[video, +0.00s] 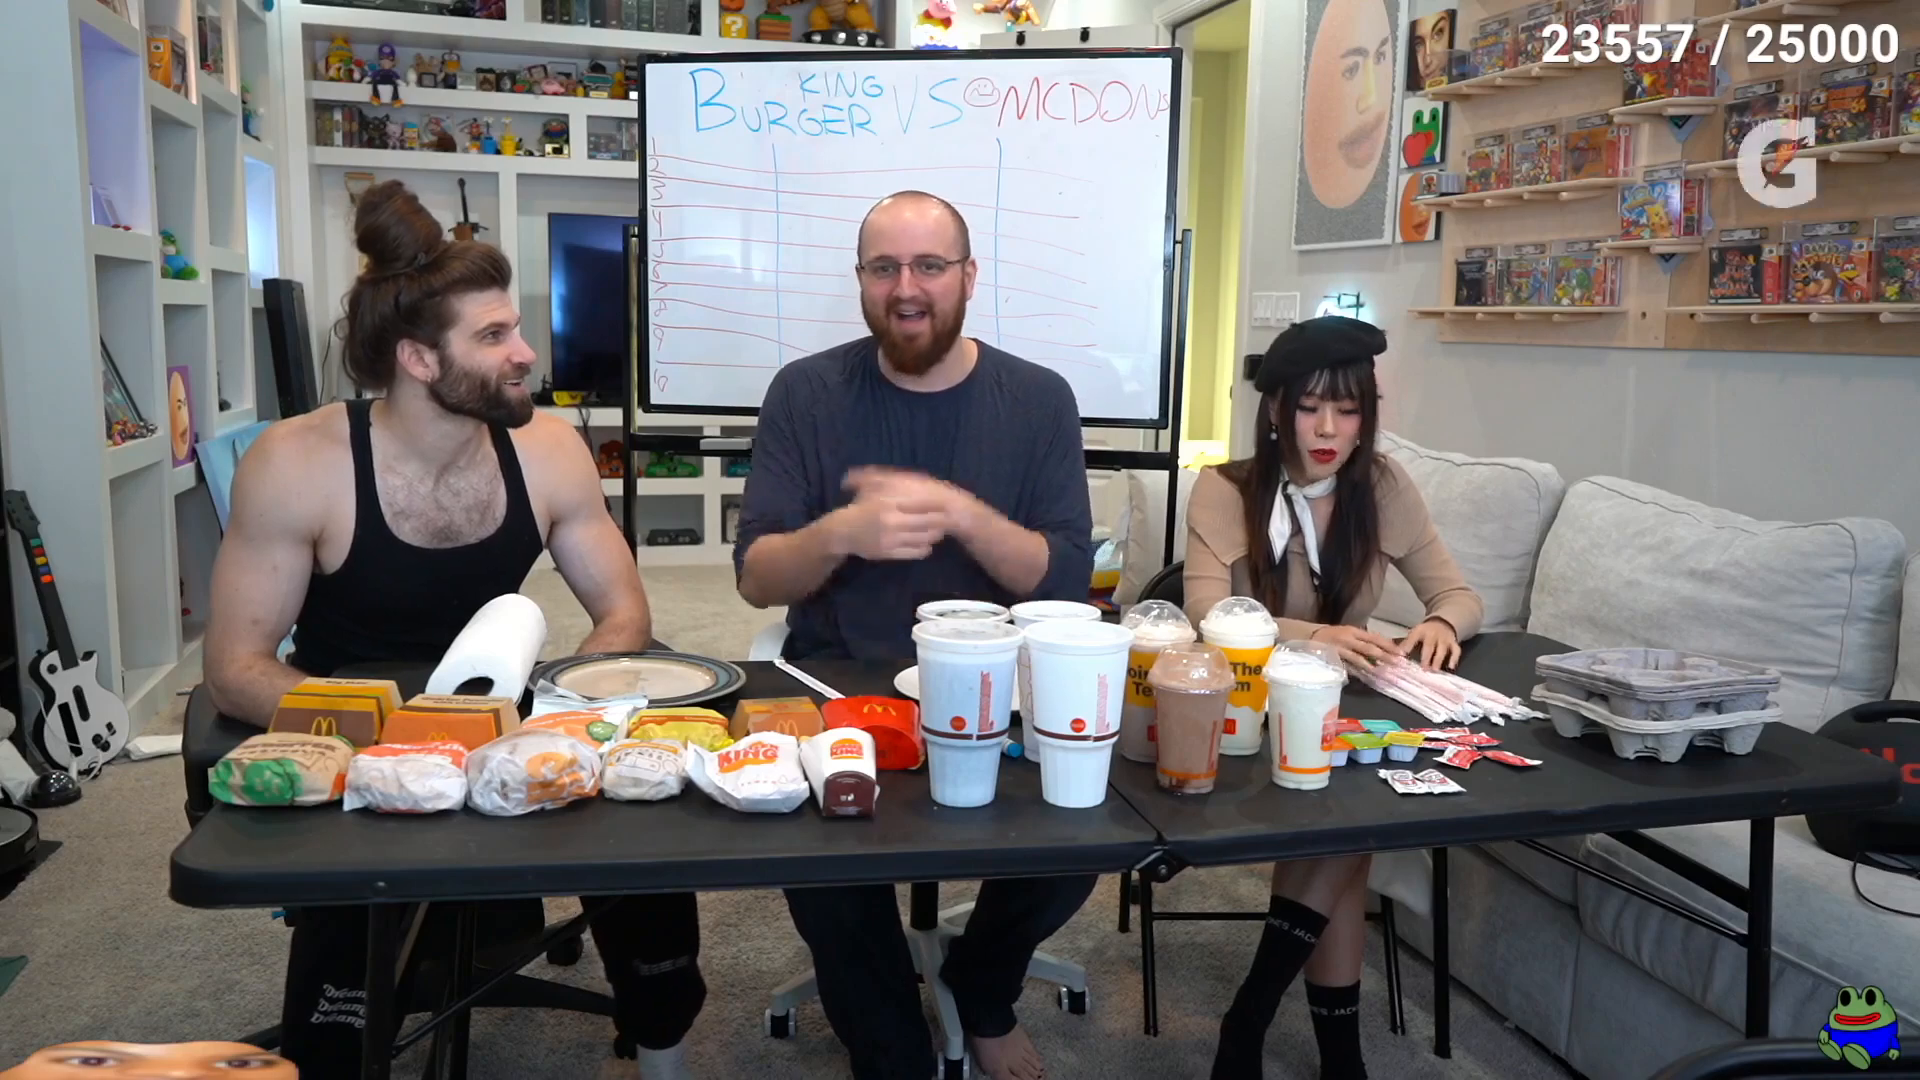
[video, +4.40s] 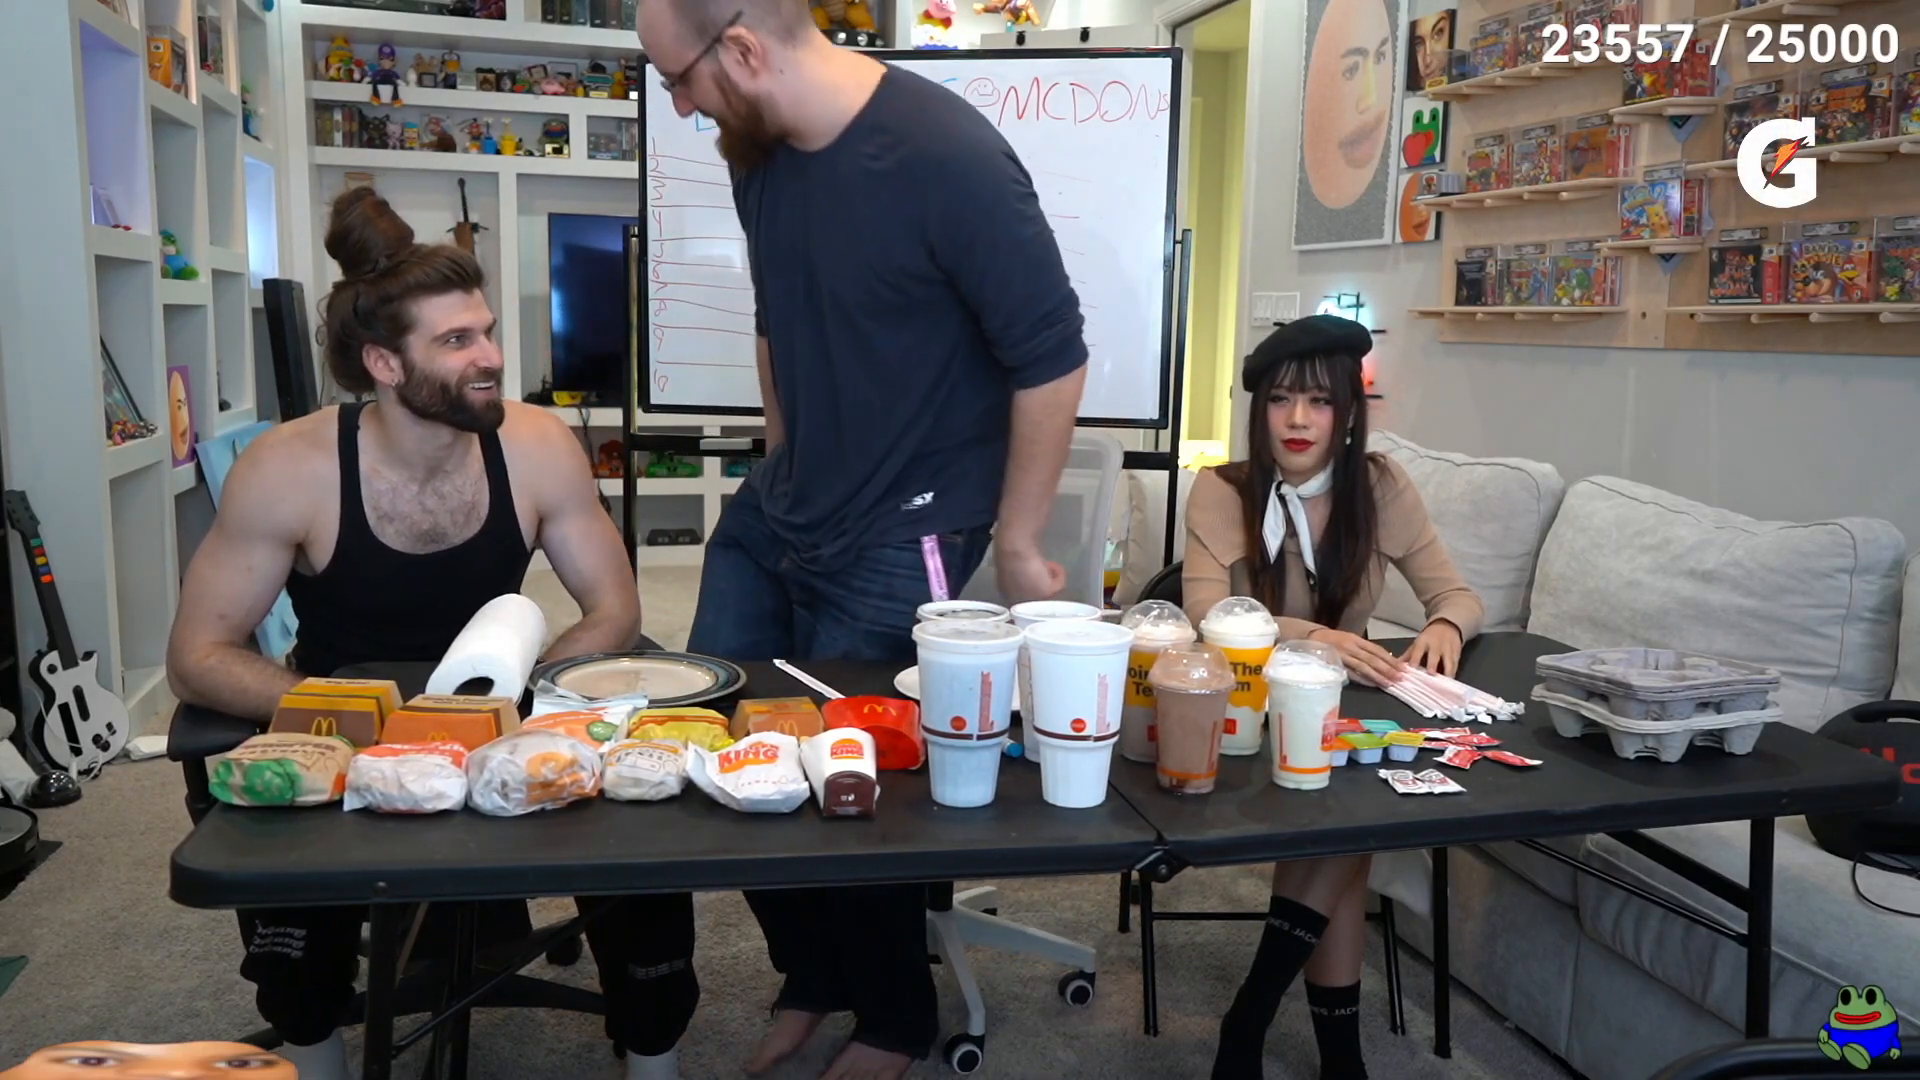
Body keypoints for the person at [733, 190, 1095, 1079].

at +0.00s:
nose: (906, 288)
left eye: (929, 266)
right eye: (884, 268)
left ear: (969, 278)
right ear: (860, 284)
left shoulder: (1037, 398)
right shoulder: (805, 392)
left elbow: (1069, 585)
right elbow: (758, 580)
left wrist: (967, 515)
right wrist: (840, 531)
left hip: (999, 681)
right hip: (842, 679)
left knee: (1076, 837)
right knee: (819, 851)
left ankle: (980, 986)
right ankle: (898, 1058)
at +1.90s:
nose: (880, 279)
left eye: (880, 258)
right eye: (849, 270)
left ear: (892, 265)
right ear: (795, 305)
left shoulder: (964, 383)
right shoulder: (755, 426)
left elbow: (1093, 512)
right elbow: (700, 595)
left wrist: (1044, 451)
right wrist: (809, 622)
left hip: (990, 687)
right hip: (836, 699)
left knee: (1075, 825)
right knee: (822, 858)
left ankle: (982, 991)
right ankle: (895, 1061)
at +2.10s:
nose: (862, 284)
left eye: (863, 262)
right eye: (831, 274)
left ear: (874, 267)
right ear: (777, 307)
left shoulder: (954, 378)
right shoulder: (733, 434)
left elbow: (1082, 419)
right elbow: (692, 605)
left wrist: (1122, 291)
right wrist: (802, 620)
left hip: (982, 695)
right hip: (831, 710)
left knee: (1076, 821)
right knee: (821, 863)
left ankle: (985, 988)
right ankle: (896, 1059)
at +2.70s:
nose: (840, 292)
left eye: (846, 270)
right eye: (809, 283)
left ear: (862, 277)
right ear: (763, 311)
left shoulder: (945, 378)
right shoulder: (726, 440)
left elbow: (1098, 456)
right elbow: (693, 604)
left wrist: (1039, 410)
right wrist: (797, 622)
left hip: (976, 685)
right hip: (826, 703)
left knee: (1069, 821)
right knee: (816, 863)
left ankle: (987, 992)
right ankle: (893, 1059)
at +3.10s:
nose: (830, 330)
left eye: (851, 305)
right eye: (805, 312)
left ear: (888, 305)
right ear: (782, 325)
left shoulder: (980, 387)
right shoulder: (754, 408)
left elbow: (1086, 447)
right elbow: (721, 475)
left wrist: (1078, 584)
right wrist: (765, 582)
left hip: (981, 675)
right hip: (830, 675)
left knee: (1013, 832)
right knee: (787, 837)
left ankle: (954, 1045)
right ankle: (861, 1056)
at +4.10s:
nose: (703, 262)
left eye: (716, 238)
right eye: (690, 240)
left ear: (795, 189)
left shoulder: (970, 240)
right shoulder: (711, 250)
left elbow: (1090, 373)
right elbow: (740, 390)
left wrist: (1097, 544)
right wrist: (779, 516)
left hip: (934, 571)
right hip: (796, 560)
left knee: (873, 811)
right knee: (763, 798)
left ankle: (898, 1030)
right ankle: (837, 1016)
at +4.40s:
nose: (682, 104)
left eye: (680, 76)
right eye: (672, 82)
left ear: (746, 46)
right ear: (744, 50)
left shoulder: (950, 155)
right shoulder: (763, 150)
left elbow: (1052, 350)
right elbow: (780, 323)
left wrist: (1018, 538)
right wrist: (782, 461)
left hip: (903, 541)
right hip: (776, 514)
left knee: (854, 797)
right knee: (731, 760)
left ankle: (900, 1023)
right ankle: (814, 982)